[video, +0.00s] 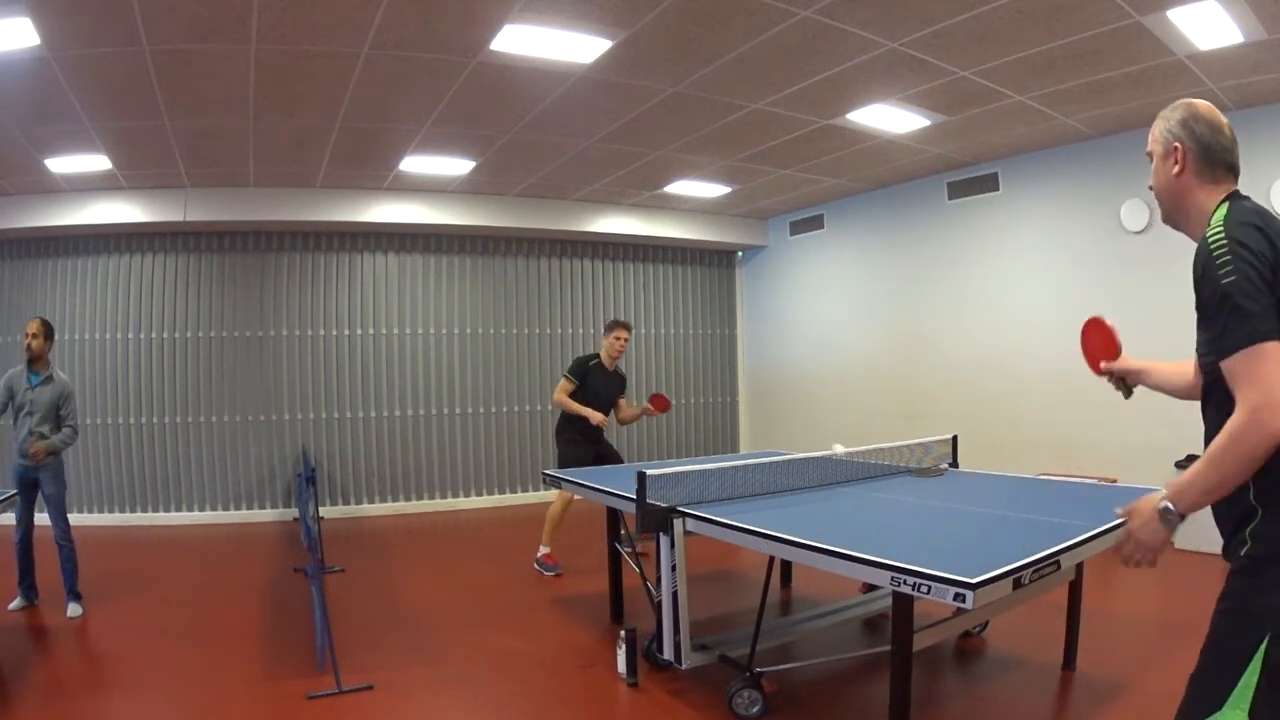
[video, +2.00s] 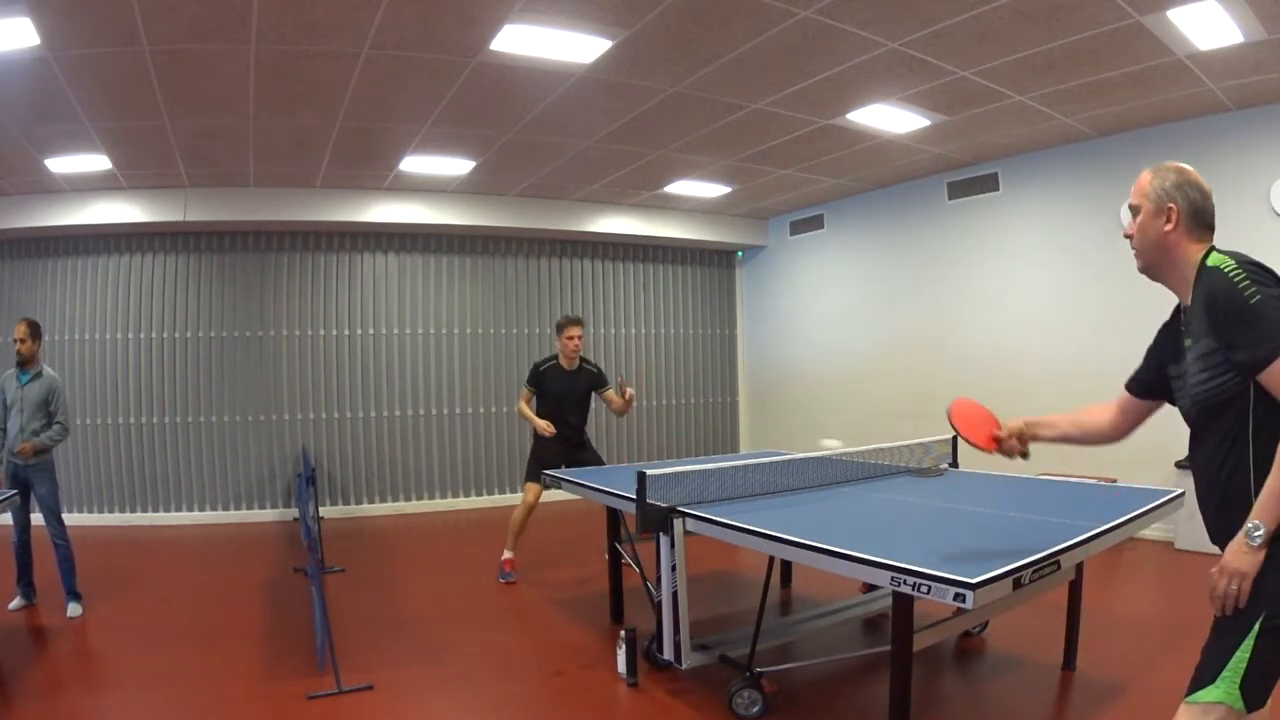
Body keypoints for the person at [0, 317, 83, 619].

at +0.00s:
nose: (28, 341)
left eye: (34, 336)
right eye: (26, 336)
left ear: (49, 343)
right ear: (23, 341)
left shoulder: (61, 386)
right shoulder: (12, 379)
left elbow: (71, 430)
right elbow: (0, 409)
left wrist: (48, 445)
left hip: (50, 465)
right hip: (21, 465)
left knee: (61, 532)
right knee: (22, 531)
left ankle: (73, 597)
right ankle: (27, 594)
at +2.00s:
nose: (17, 345)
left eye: (22, 340)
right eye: (14, 341)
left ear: (37, 343)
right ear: (14, 344)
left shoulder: (51, 382)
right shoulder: (7, 380)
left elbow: (62, 426)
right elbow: (4, 422)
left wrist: (37, 444)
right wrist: (5, 455)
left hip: (40, 465)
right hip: (11, 464)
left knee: (56, 531)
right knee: (20, 532)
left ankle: (72, 596)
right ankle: (26, 592)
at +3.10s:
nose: (35, 354)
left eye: (39, 349)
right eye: (30, 349)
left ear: (49, 347)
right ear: (24, 349)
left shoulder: (58, 387)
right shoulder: (10, 380)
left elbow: (68, 428)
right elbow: (4, 426)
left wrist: (68, 460)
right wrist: (6, 466)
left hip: (50, 466)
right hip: (19, 466)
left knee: (62, 532)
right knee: (22, 533)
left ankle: (73, 596)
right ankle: (26, 593)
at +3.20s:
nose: (38, 355)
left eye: (43, 349)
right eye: (34, 349)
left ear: (52, 349)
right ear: (28, 349)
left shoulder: (59, 388)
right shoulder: (13, 377)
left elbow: (68, 424)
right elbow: (3, 422)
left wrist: (74, 448)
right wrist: (5, 464)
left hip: (50, 463)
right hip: (20, 464)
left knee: (62, 531)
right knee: (23, 533)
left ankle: (73, 596)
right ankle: (26, 593)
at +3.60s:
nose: (26, 350)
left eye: (32, 345)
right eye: (24, 344)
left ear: (46, 347)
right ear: (21, 345)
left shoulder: (59, 389)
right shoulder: (9, 380)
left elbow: (65, 434)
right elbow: (4, 425)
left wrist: (43, 458)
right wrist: (15, 455)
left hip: (48, 462)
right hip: (18, 462)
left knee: (61, 531)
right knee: (22, 532)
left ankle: (73, 596)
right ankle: (26, 593)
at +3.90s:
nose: (22, 344)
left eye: (27, 339)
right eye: (19, 339)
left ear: (41, 343)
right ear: (16, 342)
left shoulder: (55, 385)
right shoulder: (7, 379)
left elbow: (67, 428)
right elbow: (5, 418)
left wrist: (52, 457)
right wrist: (7, 449)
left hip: (44, 465)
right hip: (13, 464)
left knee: (58, 534)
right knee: (18, 534)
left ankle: (72, 596)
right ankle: (25, 593)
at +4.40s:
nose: (18, 343)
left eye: (24, 338)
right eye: (16, 338)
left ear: (38, 343)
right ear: (14, 343)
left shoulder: (53, 384)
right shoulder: (6, 380)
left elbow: (61, 428)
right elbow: (4, 416)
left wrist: (42, 449)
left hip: (40, 464)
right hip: (11, 464)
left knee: (57, 533)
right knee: (19, 533)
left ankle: (72, 596)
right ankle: (26, 593)